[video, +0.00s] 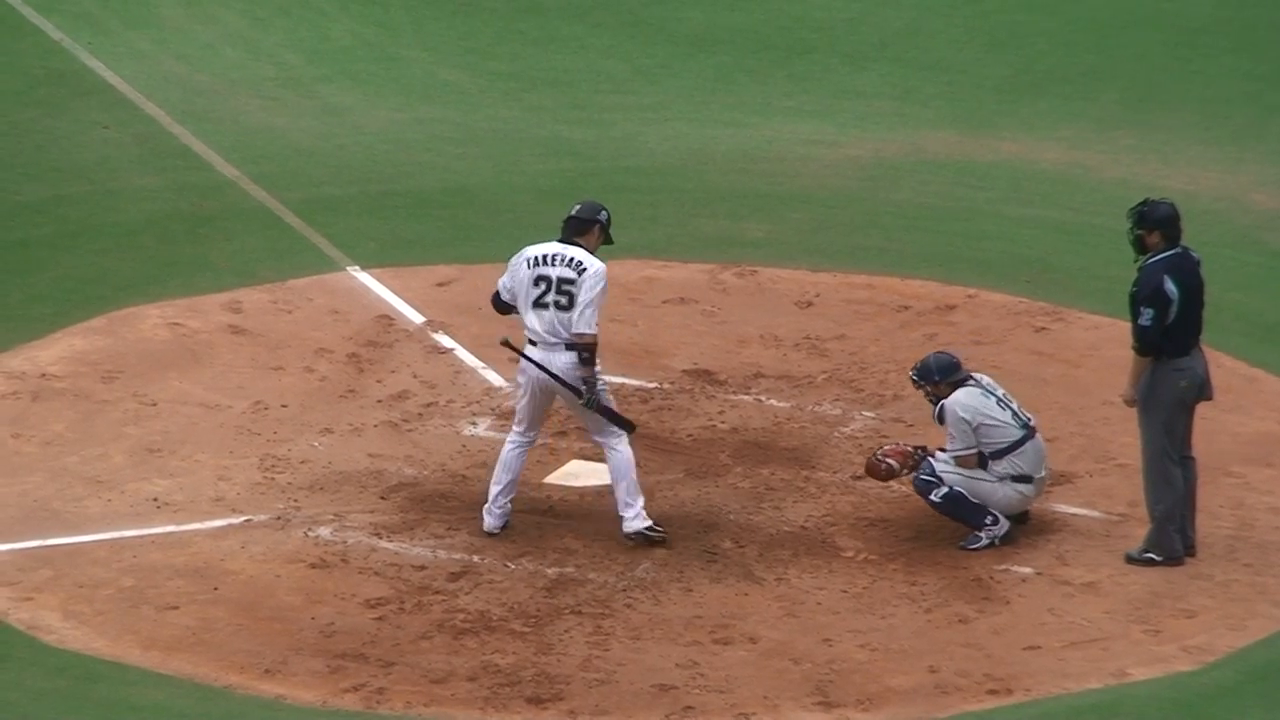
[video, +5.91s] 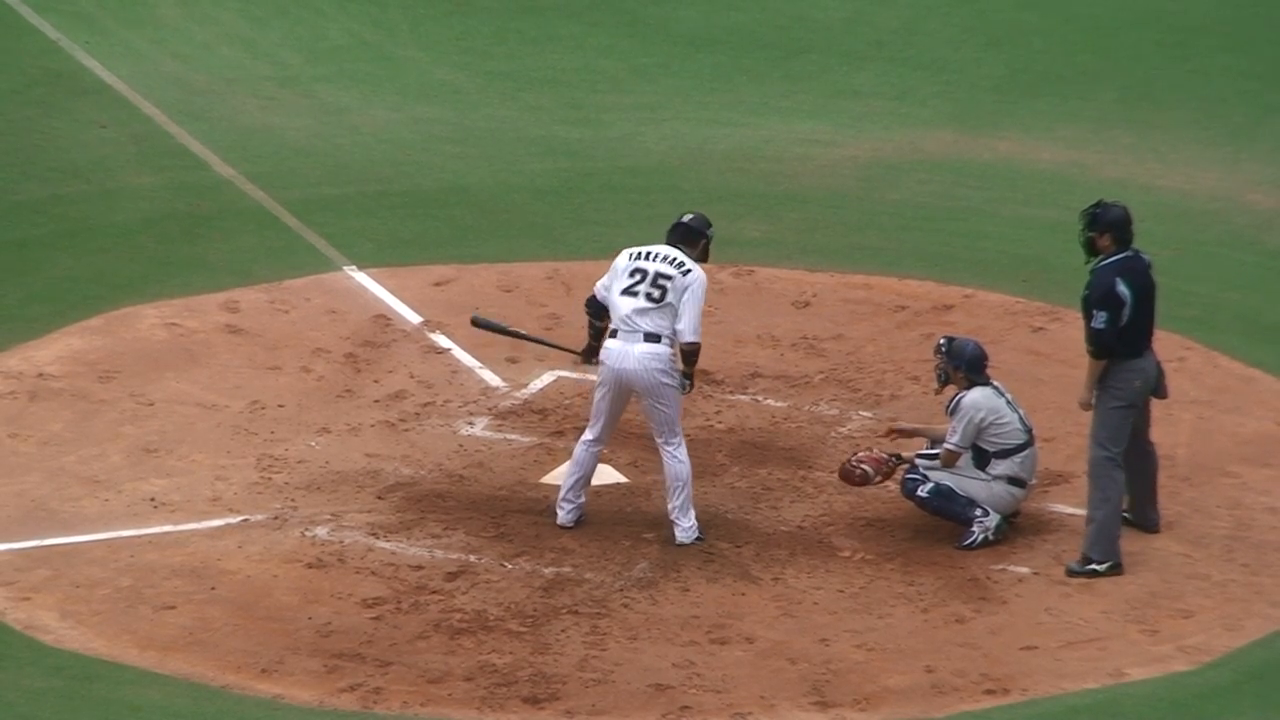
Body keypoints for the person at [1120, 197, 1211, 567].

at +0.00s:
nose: (1136, 235)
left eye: (1141, 230)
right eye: (1138, 228)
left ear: (1154, 236)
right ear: (1169, 232)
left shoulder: (1152, 276)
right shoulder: (1188, 260)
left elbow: (1145, 343)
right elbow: (1189, 321)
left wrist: (1132, 385)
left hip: (1166, 372)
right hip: (1191, 364)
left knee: (1160, 459)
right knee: (1179, 454)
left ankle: (1164, 544)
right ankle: (1181, 535)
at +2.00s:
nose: (1132, 235)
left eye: (1137, 230)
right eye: (1134, 228)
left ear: (1150, 235)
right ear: (1165, 232)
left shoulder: (1148, 275)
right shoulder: (1184, 260)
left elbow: (1141, 342)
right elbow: (1186, 321)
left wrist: (1127, 385)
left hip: (1162, 372)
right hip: (1187, 364)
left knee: (1157, 459)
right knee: (1176, 455)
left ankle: (1161, 544)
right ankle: (1178, 536)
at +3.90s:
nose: (1117, 243)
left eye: (1122, 238)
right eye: (1118, 237)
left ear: (1138, 241)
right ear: (1149, 240)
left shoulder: (1134, 282)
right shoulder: (1169, 267)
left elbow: (1128, 346)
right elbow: (1172, 324)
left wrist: (1117, 391)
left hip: (1148, 378)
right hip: (1173, 371)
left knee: (1124, 462)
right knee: (1167, 458)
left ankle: (1105, 555)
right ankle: (1177, 537)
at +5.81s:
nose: (1087, 237)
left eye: (1092, 232)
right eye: (1089, 230)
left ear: (1105, 238)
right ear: (1119, 235)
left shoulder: (1104, 277)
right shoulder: (1139, 262)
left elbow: (1100, 343)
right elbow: (1141, 322)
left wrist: (1088, 386)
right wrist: (1137, 359)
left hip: (1119, 373)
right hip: (1142, 365)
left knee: (1103, 458)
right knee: (1135, 442)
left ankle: (1101, 554)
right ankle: (1144, 512)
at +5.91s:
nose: (1088, 237)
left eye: (1093, 232)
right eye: (1090, 230)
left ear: (1105, 238)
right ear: (1120, 235)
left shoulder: (1105, 278)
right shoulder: (1139, 263)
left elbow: (1101, 344)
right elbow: (1141, 322)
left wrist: (1088, 387)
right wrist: (1141, 361)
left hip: (1120, 373)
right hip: (1143, 365)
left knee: (1105, 458)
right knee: (1136, 443)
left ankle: (1101, 554)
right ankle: (1145, 512)